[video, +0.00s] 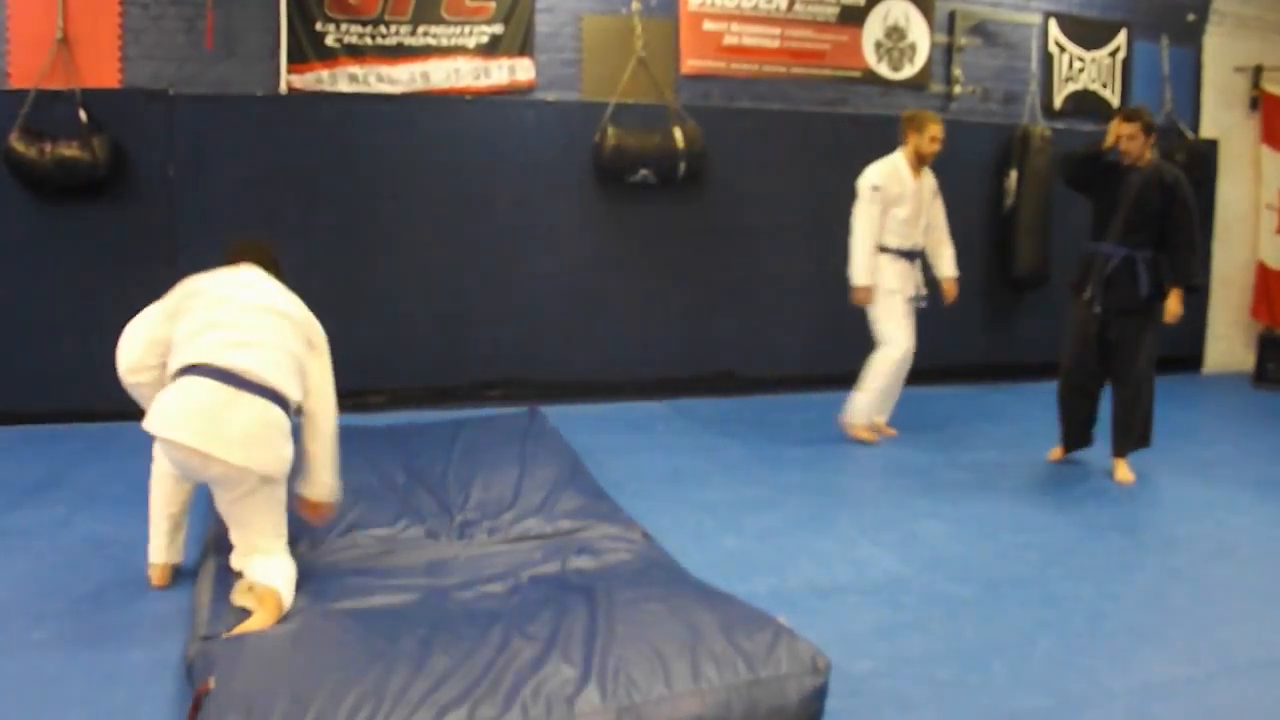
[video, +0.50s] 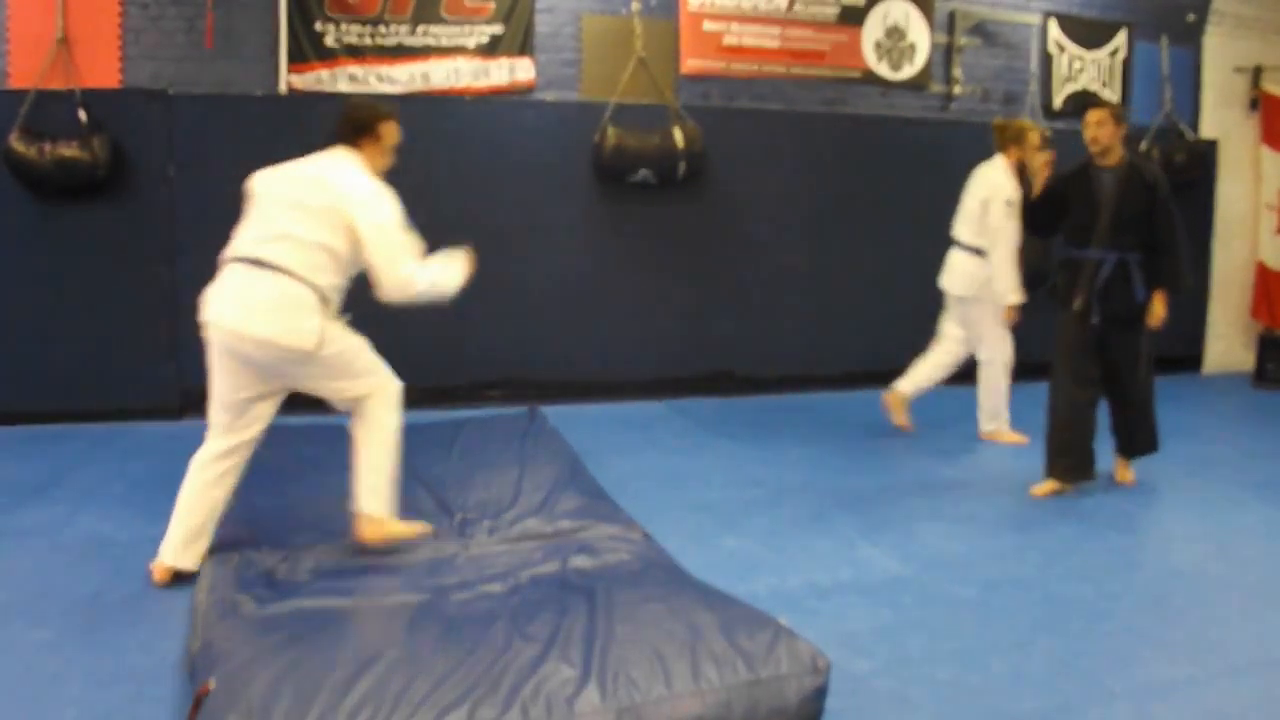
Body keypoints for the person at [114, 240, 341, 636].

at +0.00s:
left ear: (230, 265)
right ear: (277, 274)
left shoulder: (195, 288)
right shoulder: (304, 319)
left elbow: (133, 355)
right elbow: (321, 412)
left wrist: (168, 409)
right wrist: (320, 487)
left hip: (184, 421)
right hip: (256, 439)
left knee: (171, 457)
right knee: (263, 545)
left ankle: (161, 563)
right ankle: (267, 601)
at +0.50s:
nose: (396, 158)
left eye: (397, 148)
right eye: (394, 146)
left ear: (345, 135)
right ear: (376, 138)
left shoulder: (279, 175)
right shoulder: (367, 190)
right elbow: (397, 282)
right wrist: (456, 266)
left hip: (224, 305)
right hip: (286, 316)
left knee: (226, 438)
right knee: (378, 391)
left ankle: (175, 558)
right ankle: (375, 519)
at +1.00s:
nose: (566, 129)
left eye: (568, 117)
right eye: (562, 116)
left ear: (525, 110)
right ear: (538, 110)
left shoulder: (475, 140)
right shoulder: (525, 157)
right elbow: (555, 252)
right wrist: (616, 248)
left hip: (417, 276)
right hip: (430, 286)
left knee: (506, 372)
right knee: (426, 416)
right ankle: (403, 540)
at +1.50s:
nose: (711, 108)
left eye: (710, 98)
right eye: (707, 98)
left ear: (669, 97)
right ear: (684, 98)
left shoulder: (628, 141)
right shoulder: (685, 149)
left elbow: (630, 222)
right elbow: (714, 231)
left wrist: (688, 265)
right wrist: (753, 182)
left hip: (589, 283)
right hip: (633, 290)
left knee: (629, 398)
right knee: (705, 383)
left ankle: (592, 515)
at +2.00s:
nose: (835, 109)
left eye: (835, 99)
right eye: (832, 98)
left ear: (793, 95)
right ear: (814, 96)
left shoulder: (738, 141)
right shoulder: (813, 149)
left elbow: (739, 210)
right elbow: (839, 231)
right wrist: (891, 216)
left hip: (726, 278)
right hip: (771, 288)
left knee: (773, 384)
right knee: (786, 409)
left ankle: (743, 466)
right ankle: (763, 527)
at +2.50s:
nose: (894, 109)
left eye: (892, 101)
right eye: (891, 101)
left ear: (849, 102)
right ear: (878, 101)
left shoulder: (810, 148)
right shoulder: (884, 152)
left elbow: (806, 209)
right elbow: (903, 214)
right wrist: (918, 265)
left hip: (804, 264)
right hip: (850, 273)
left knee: (814, 374)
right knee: (879, 376)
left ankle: (804, 480)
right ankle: (861, 480)